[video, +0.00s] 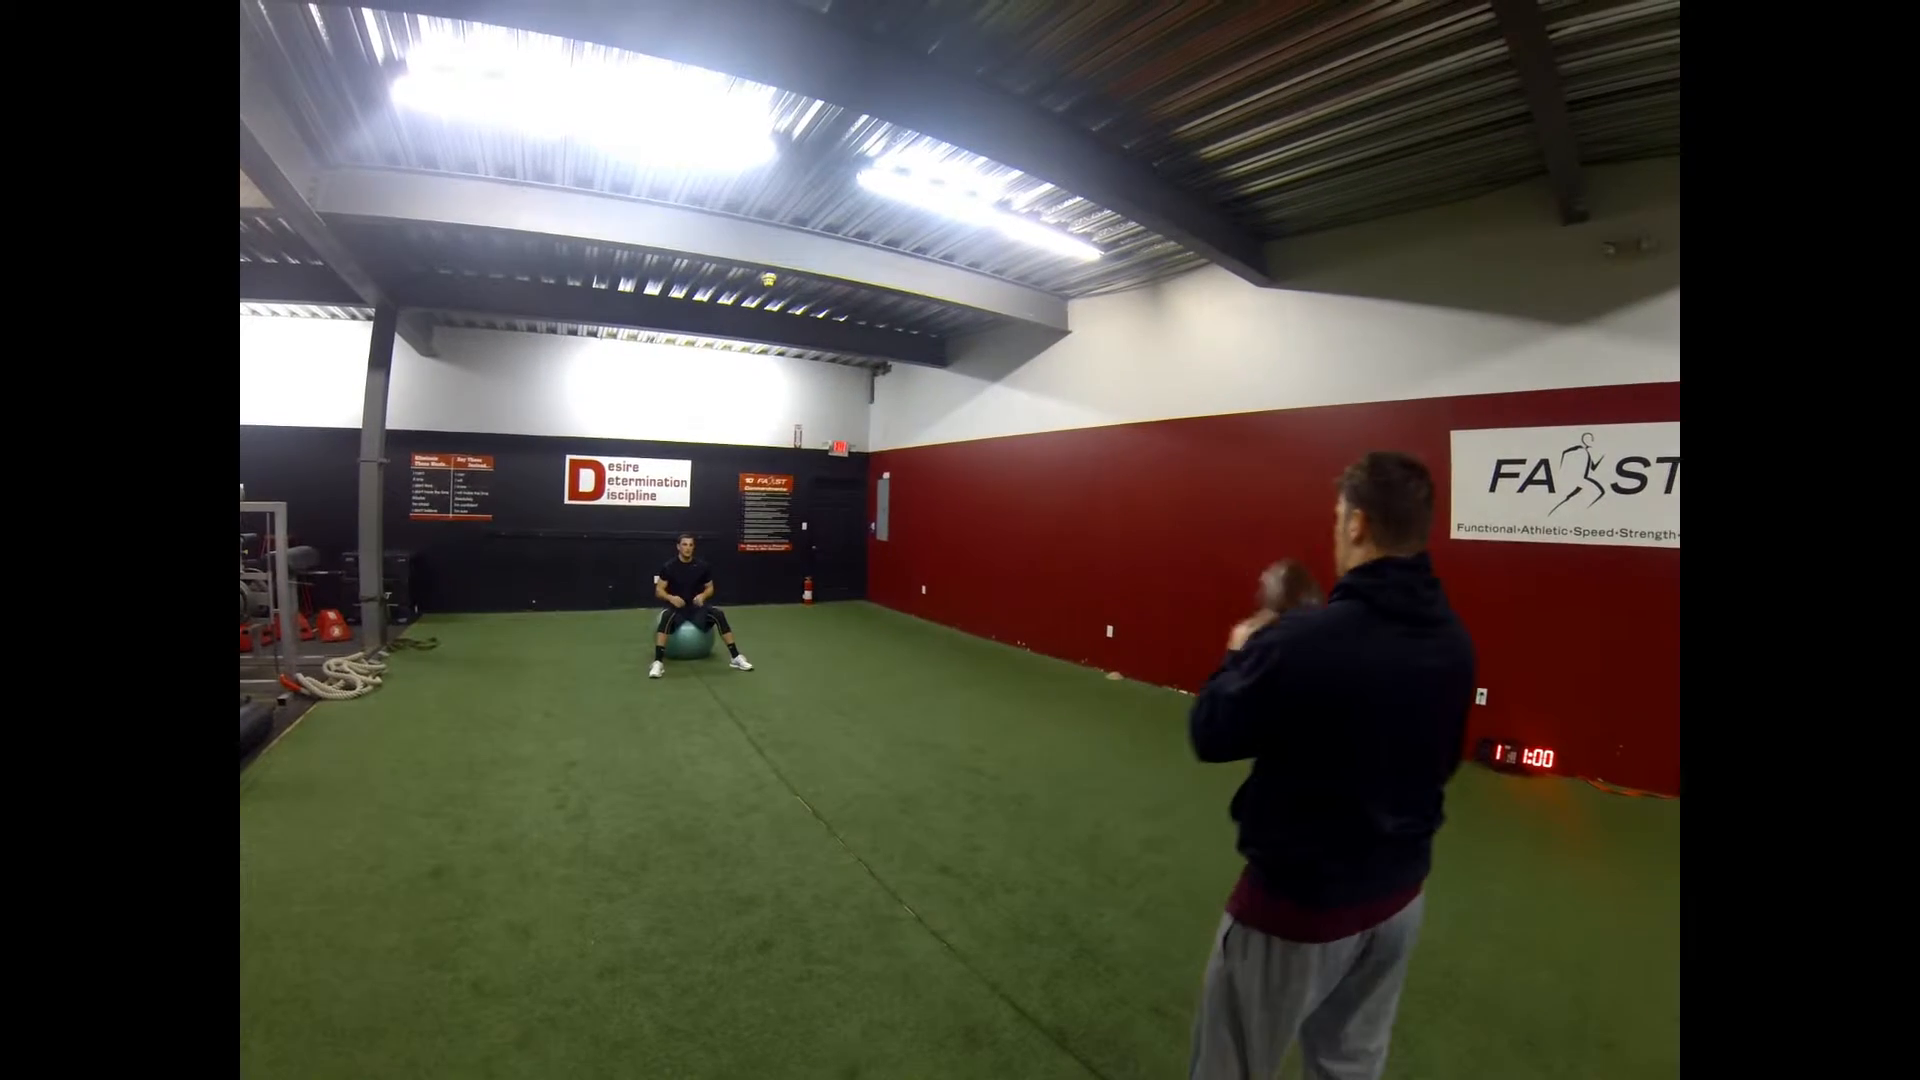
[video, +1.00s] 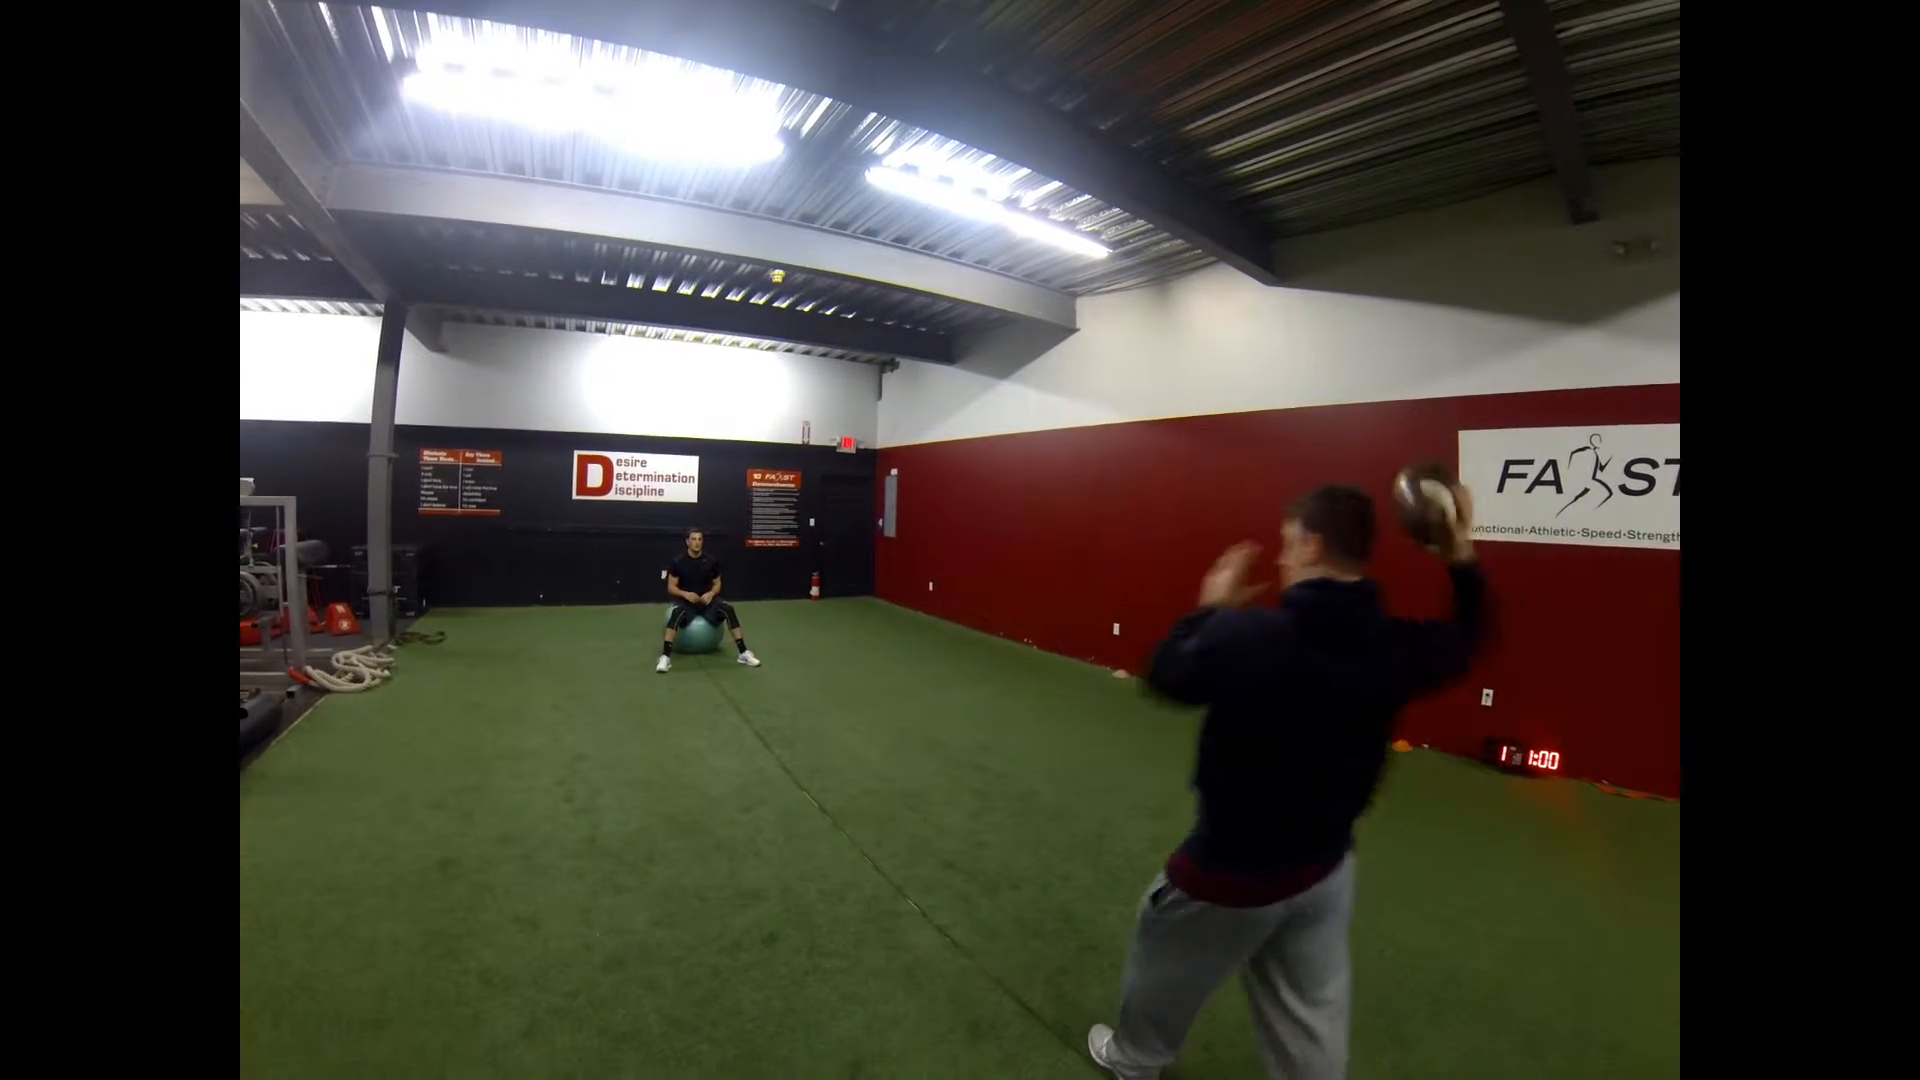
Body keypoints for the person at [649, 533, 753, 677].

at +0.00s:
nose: (687, 548)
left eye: (690, 545)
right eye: (684, 545)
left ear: (694, 548)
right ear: (678, 547)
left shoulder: (702, 566)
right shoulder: (669, 567)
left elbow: (710, 588)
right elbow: (659, 590)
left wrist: (702, 596)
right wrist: (671, 598)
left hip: (697, 608)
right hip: (677, 608)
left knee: (718, 614)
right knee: (666, 615)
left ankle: (736, 657)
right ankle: (658, 662)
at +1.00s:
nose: (697, 542)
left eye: (699, 539)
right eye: (693, 539)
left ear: (703, 542)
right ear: (687, 542)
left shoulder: (711, 561)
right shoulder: (678, 563)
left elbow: (717, 584)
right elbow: (671, 587)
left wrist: (710, 594)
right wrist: (686, 594)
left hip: (707, 601)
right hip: (687, 601)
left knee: (728, 609)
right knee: (677, 612)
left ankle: (743, 652)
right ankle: (665, 656)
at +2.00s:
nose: (707, 561)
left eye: (709, 557)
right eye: (705, 557)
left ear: (712, 556)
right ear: (696, 553)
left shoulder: (714, 569)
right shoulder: (683, 568)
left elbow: (727, 593)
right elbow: (678, 595)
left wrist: (724, 596)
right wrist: (703, 597)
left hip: (711, 607)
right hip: (690, 608)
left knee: (734, 618)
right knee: (679, 620)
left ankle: (750, 660)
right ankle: (671, 664)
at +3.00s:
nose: (690, 555)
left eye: (693, 552)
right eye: (687, 552)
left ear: (697, 554)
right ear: (682, 554)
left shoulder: (707, 572)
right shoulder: (677, 574)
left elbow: (724, 593)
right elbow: (659, 593)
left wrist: (718, 599)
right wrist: (657, 569)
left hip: (705, 615)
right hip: (684, 616)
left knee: (728, 623)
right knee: (677, 625)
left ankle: (742, 666)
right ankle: (664, 670)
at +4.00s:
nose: (689, 556)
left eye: (692, 553)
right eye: (686, 552)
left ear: (695, 556)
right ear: (680, 554)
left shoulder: (701, 574)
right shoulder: (670, 574)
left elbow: (708, 597)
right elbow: (659, 599)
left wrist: (703, 605)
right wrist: (674, 607)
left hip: (696, 615)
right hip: (676, 615)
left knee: (720, 624)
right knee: (667, 625)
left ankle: (737, 666)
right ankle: (658, 669)